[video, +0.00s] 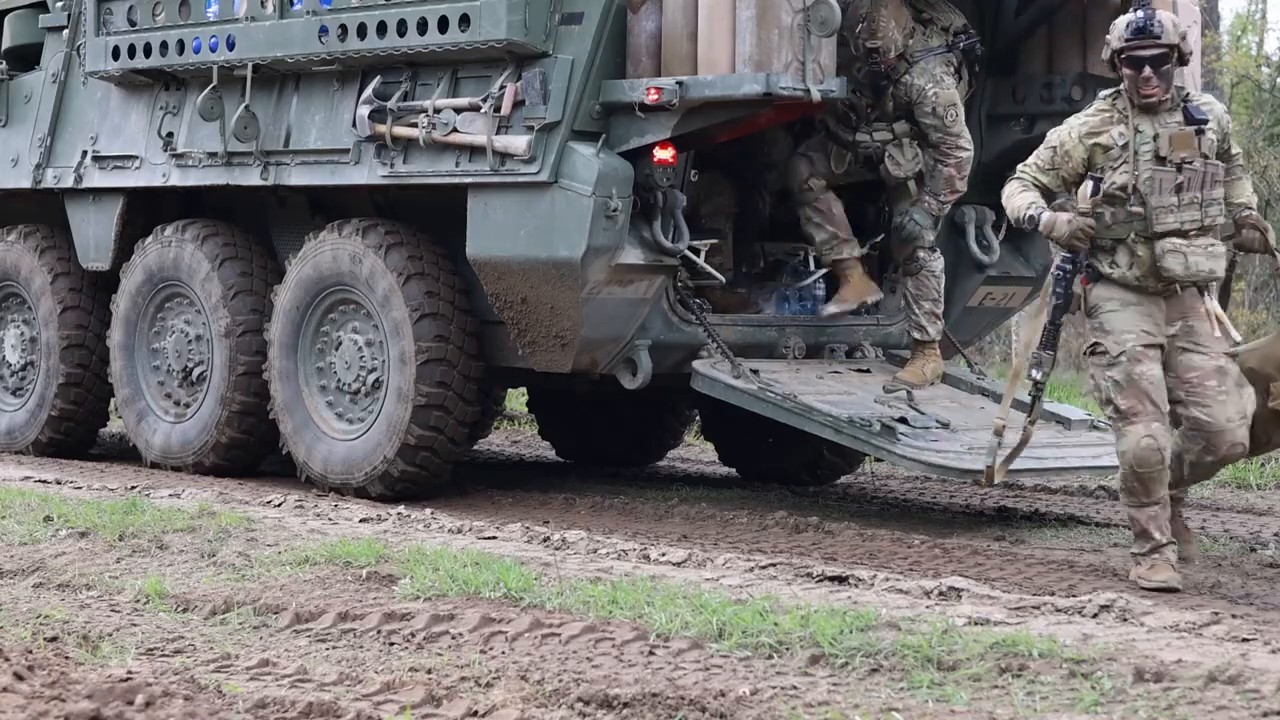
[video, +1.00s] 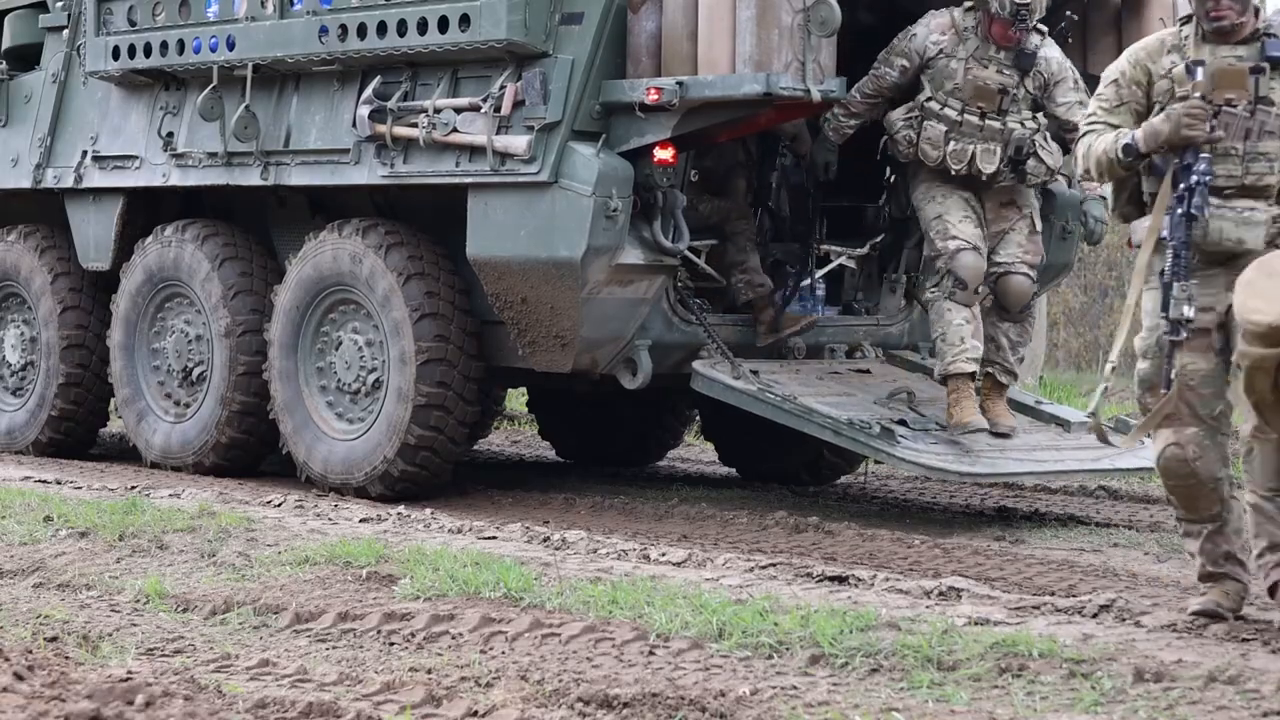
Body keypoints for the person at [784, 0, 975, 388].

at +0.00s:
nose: (878, 60)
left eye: (885, 52)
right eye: (869, 52)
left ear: (903, 42)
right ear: (855, 41)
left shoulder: (928, 79)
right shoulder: (845, 49)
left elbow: (956, 151)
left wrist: (929, 211)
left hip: (913, 148)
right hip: (860, 141)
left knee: (913, 235)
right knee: (804, 171)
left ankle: (926, 353)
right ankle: (854, 278)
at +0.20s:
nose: (899, 56)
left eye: (906, 47)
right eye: (889, 48)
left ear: (919, 34)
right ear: (870, 38)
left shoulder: (946, 65)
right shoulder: (849, 57)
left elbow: (980, 133)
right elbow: (816, 115)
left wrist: (962, 191)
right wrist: (852, 160)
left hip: (930, 173)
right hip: (872, 170)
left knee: (921, 256)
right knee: (881, 246)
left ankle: (926, 356)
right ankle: (878, 359)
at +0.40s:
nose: (927, 58)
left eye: (934, 49)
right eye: (917, 50)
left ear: (945, 36)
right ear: (895, 36)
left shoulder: (968, 62)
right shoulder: (864, 39)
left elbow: (1011, 121)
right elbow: (810, 49)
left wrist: (1003, 184)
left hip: (951, 170)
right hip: (884, 166)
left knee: (956, 242)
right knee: (896, 246)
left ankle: (933, 331)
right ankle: (886, 363)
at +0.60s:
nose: (961, 58)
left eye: (972, 49)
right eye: (953, 47)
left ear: (985, 38)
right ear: (933, 30)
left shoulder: (1000, 67)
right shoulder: (893, 36)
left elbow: (1025, 130)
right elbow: (840, 84)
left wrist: (1016, 194)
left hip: (965, 176)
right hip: (897, 168)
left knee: (973, 268)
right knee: (903, 255)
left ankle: (987, 385)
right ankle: (886, 371)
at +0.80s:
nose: (1002, 47)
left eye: (1012, 41)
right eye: (993, 36)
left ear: (1024, 31)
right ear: (972, 15)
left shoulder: (1030, 70)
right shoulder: (924, 36)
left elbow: (1057, 146)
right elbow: (867, 85)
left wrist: (1065, 217)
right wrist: (829, 132)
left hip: (993, 184)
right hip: (923, 170)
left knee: (999, 275)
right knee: (939, 244)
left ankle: (992, 391)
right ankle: (921, 362)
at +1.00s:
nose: (1016, 35)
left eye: (1026, 27)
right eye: (1010, 22)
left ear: (1037, 22)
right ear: (988, 9)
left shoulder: (1047, 59)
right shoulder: (936, 33)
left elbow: (1081, 129)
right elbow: (877, 87)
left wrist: (1091, 190)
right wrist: (829, 135)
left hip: (1010, 181)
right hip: (940, 173)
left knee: (1017, 285)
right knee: (964, 268)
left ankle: (995, 394)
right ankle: (961, 393)